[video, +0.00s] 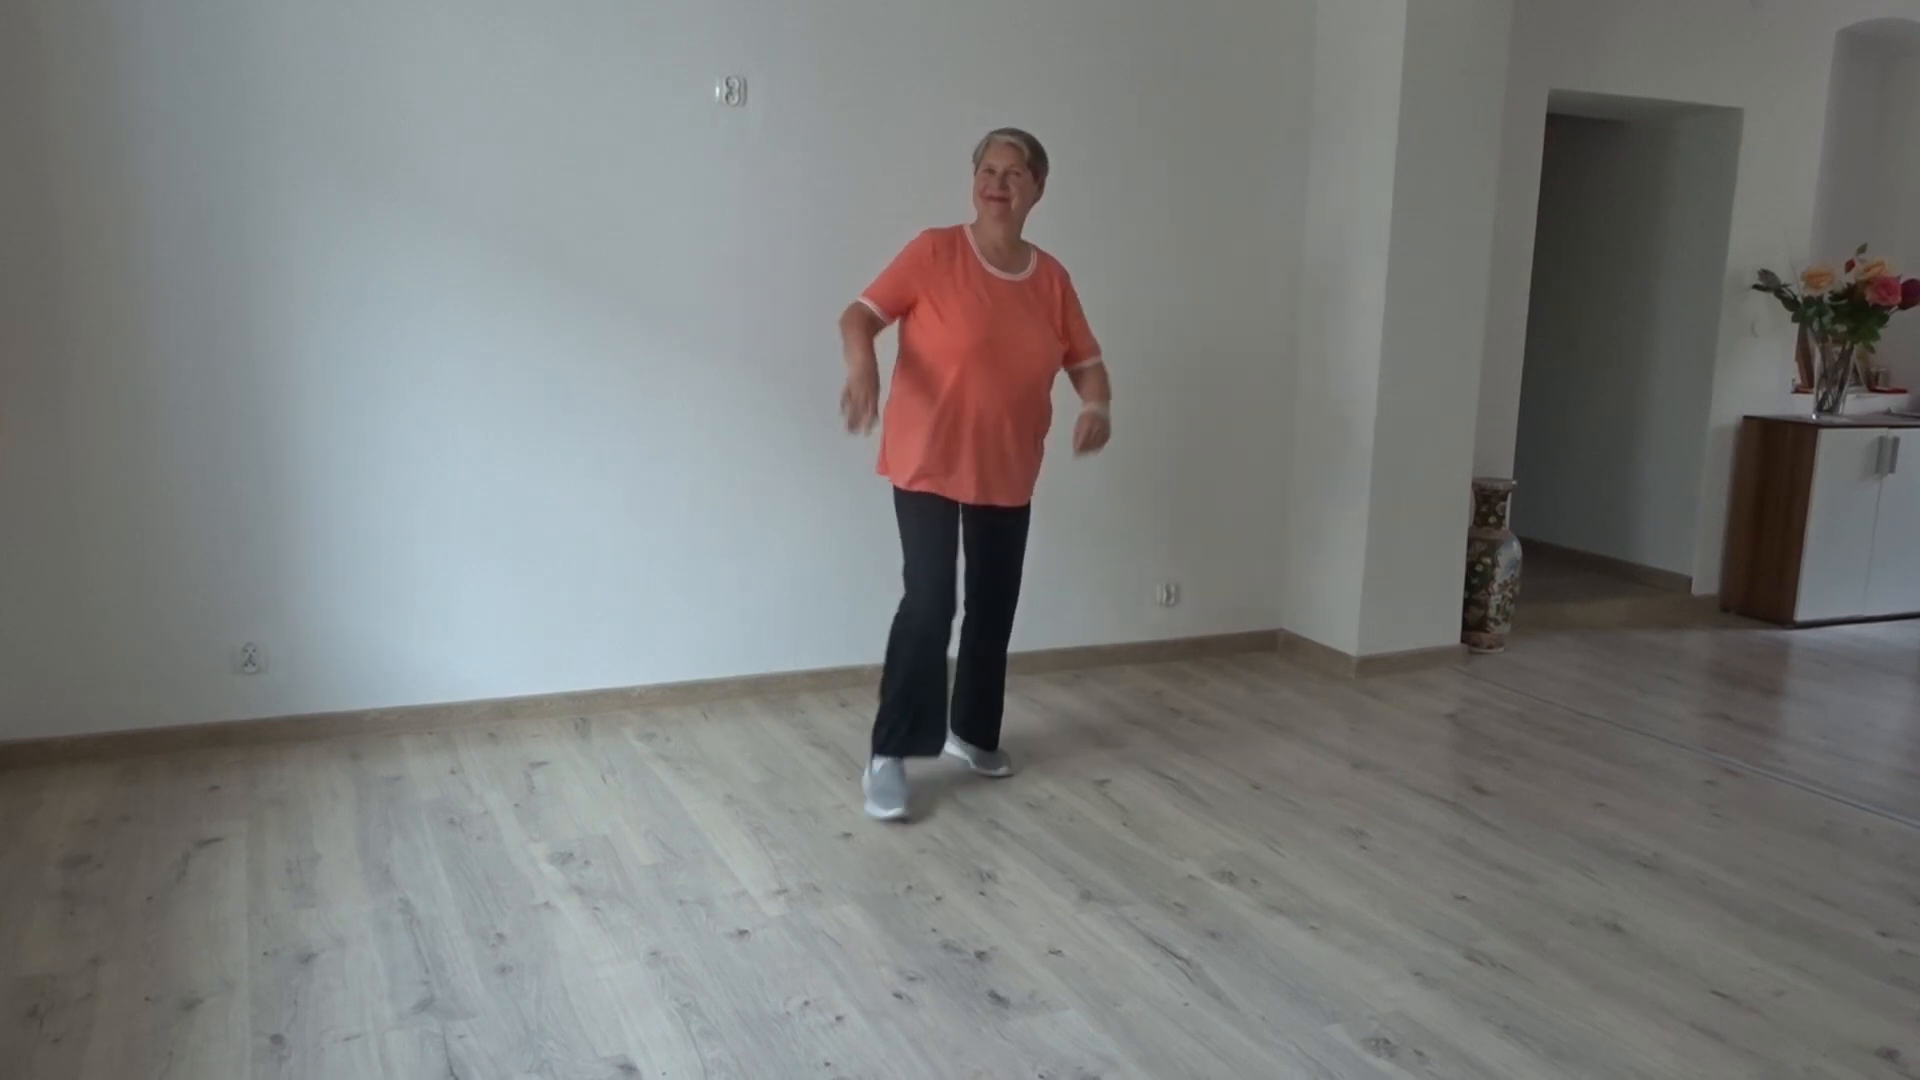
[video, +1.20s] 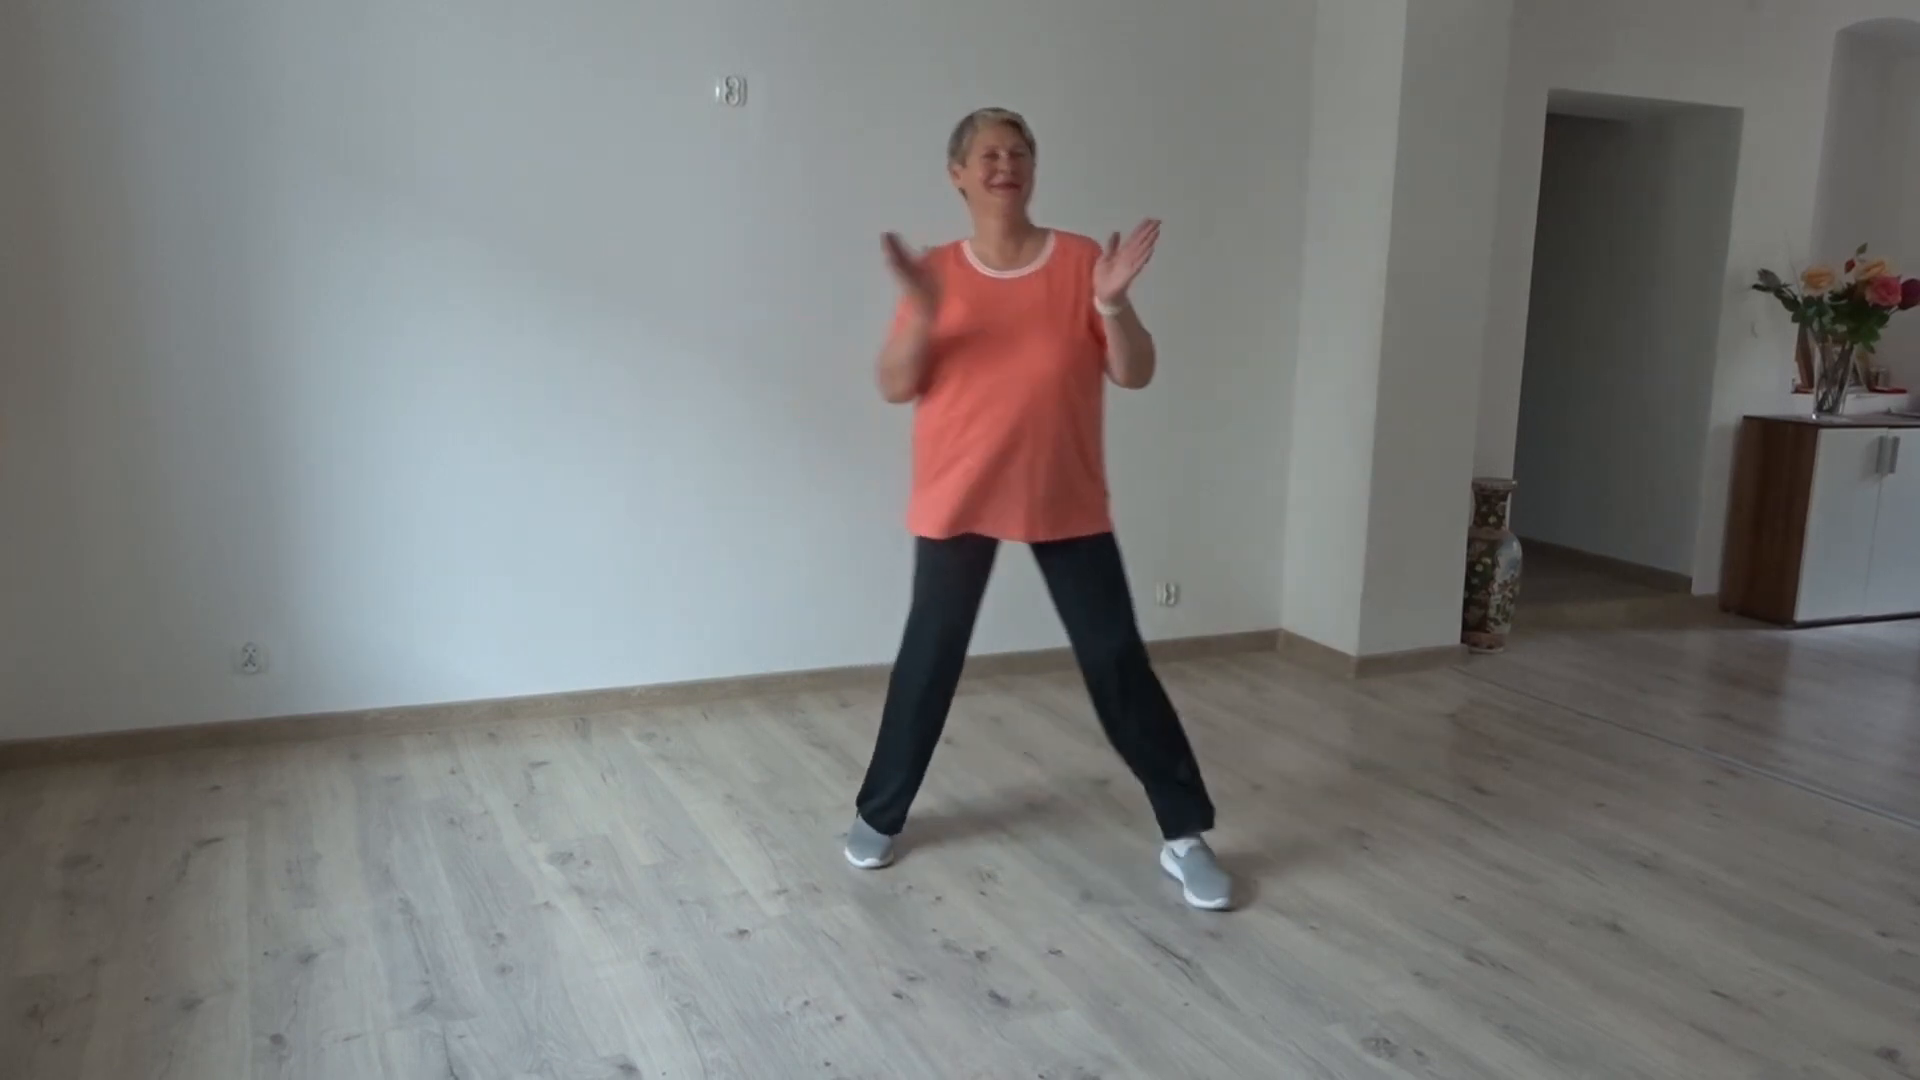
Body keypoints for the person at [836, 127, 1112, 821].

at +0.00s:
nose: (1000, 183)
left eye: (1015, 174)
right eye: (989, 172)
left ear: (1038, 189)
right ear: (972, 183)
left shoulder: (1051, 278)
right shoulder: (933, 252)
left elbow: (1085, 361)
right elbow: (860, 316)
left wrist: (1097, 405)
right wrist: (861, 367)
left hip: (1006, 470)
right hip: (926, 460)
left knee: (992, 611)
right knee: (931, 602)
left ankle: (972, 732)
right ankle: (890, 755)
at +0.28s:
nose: (979, 175)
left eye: (996, 167)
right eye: (969, 163)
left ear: (1019, 186)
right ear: (951, 176)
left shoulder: (1028, 279)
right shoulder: (906, 243)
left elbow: (1062, 375)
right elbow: (830, 321)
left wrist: (1077, 304)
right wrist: (839, 247)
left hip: (980, 467)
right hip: (892, 458)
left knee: (976, 611)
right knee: (893, 624)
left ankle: (971, 729)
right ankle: (874, 800)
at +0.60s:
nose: (955, 159)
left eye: (973, 151)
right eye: (945, 146)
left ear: (993, 171)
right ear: (922, 156)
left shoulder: (1003, 261)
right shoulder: (874, 235)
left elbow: (1012, 364)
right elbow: (810, 328)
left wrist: (957, 307)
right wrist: (872, 290)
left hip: (955, 481)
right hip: (867, 472)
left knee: (942, 638)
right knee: (877, 639)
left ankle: (939, 766)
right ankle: (869, 804)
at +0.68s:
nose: (951, 169)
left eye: (967, 161)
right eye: (940, 155)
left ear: (983, 181)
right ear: (914, 165)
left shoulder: (1000, 268)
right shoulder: (867, 251)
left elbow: (1015, 373)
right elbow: (809, 349)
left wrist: (924, 350)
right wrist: (871, 335)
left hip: (954, 500)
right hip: (865, 494)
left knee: (930, 654)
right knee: (874, 650)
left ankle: (925, 804)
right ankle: (870, 808)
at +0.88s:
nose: (948, 169)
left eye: (961, 160)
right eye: (932, 157)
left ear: (975, 179)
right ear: (900, 173)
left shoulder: (1005, 270)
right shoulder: (864, 269)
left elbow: (1053, 377)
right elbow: (805, 362)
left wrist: (985, 427)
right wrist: (815, 409)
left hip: (978, 498)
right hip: (880, 498)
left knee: (996, 652)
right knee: (880, 660)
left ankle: (967, 784)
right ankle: (871, 817)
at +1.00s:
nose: (956, 154)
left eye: (970, 144)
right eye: (940, 143)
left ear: (986, 163)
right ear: (910, 162)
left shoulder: (1023, 255)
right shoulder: (877, 259)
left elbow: (1090, 356)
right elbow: (817, 346)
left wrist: (1062, 371)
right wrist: (820, 364)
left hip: (1005, 482)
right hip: (902, 485)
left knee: (1050, 644)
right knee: (894, 653)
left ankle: (1064, 806)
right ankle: (871, 818)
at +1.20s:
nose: (1005, 167)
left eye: (1016, 155)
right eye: (989, 156)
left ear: (1035, 172)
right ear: (957, 175)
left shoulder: (1082, 260)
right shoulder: (934, 273)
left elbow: (1135, 373)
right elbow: (894, 386)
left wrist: (1115, 303)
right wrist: (916, 305)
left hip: (1063, 489)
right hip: (960, 490)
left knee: (1118, 662)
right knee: (929, 657)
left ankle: (1184, 835)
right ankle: (878, 819)